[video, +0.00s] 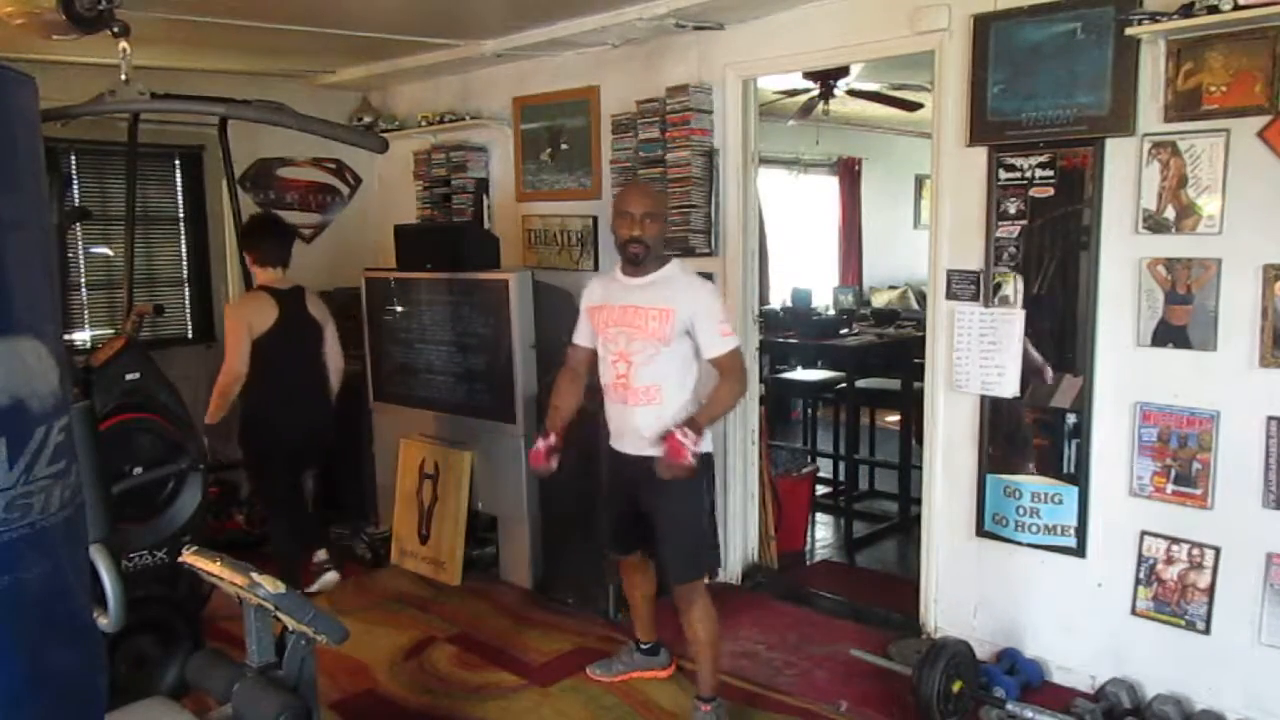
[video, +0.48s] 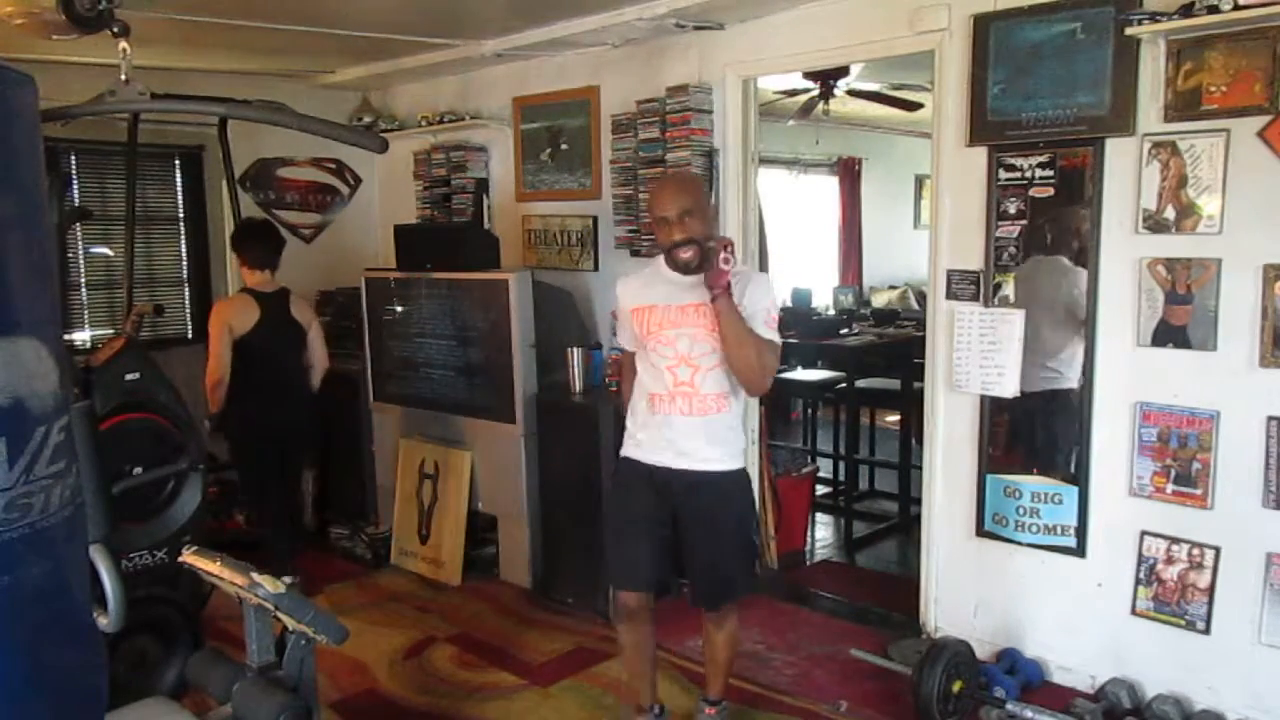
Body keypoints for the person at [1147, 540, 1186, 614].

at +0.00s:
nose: (1173, 554)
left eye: (1176, 552)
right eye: (1170, 551)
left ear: (1179, 553)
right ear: (1167, 552)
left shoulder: (1183, 567)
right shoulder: (1160, 565)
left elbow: (1182, 585)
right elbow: (1153, 580)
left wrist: (1174, 603)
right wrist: (1151, 595)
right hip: (1160, 599)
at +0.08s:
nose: (1173, 554)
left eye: (1176, 552)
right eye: (1171, 551)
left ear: (1179, 553)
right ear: (1167, 552)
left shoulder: (1182, 567)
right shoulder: (1160, 565)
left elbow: (1181, 585)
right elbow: (1154, 581)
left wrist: (1174, 603)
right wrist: (1151, 595)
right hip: (1159, 599)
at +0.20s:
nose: (1173, 554)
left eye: (1176, 552)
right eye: (1171, 551)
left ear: (1179, 553)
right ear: (1167, 551)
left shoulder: (1183, 567)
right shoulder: (1160, 565)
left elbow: (1181, 585)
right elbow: (1154, 580)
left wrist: (1174, 603)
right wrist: (1151, 595)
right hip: (1159, 599)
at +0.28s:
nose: (1173, 554)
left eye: (1176, 552)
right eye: (1171, 551)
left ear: (1179, 553)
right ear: (1167, 551)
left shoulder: (1183, 567)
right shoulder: (1160, 565)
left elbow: (1181, 585)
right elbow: (1154, 580)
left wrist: (1174, 603)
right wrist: (1151, 595)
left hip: (1174, 601)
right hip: (1159, 599)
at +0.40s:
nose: (1173, 554)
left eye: (1176, 552)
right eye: (1171, 551)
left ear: (1180, 553)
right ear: (1167, 551)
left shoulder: (1183, 567)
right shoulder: (1160, 565)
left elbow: (1181, 585)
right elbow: (1153, 580)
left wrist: (1174, 602)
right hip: (1159, 600)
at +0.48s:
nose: (1173, 554)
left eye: (1176, 552)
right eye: (1171, 551)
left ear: (1180, 553)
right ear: (1167, 551)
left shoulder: (1183, 567)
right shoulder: (1160, 565)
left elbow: (1181, 585)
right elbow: (1153, 580)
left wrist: (1174, 602)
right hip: (1159, 600)